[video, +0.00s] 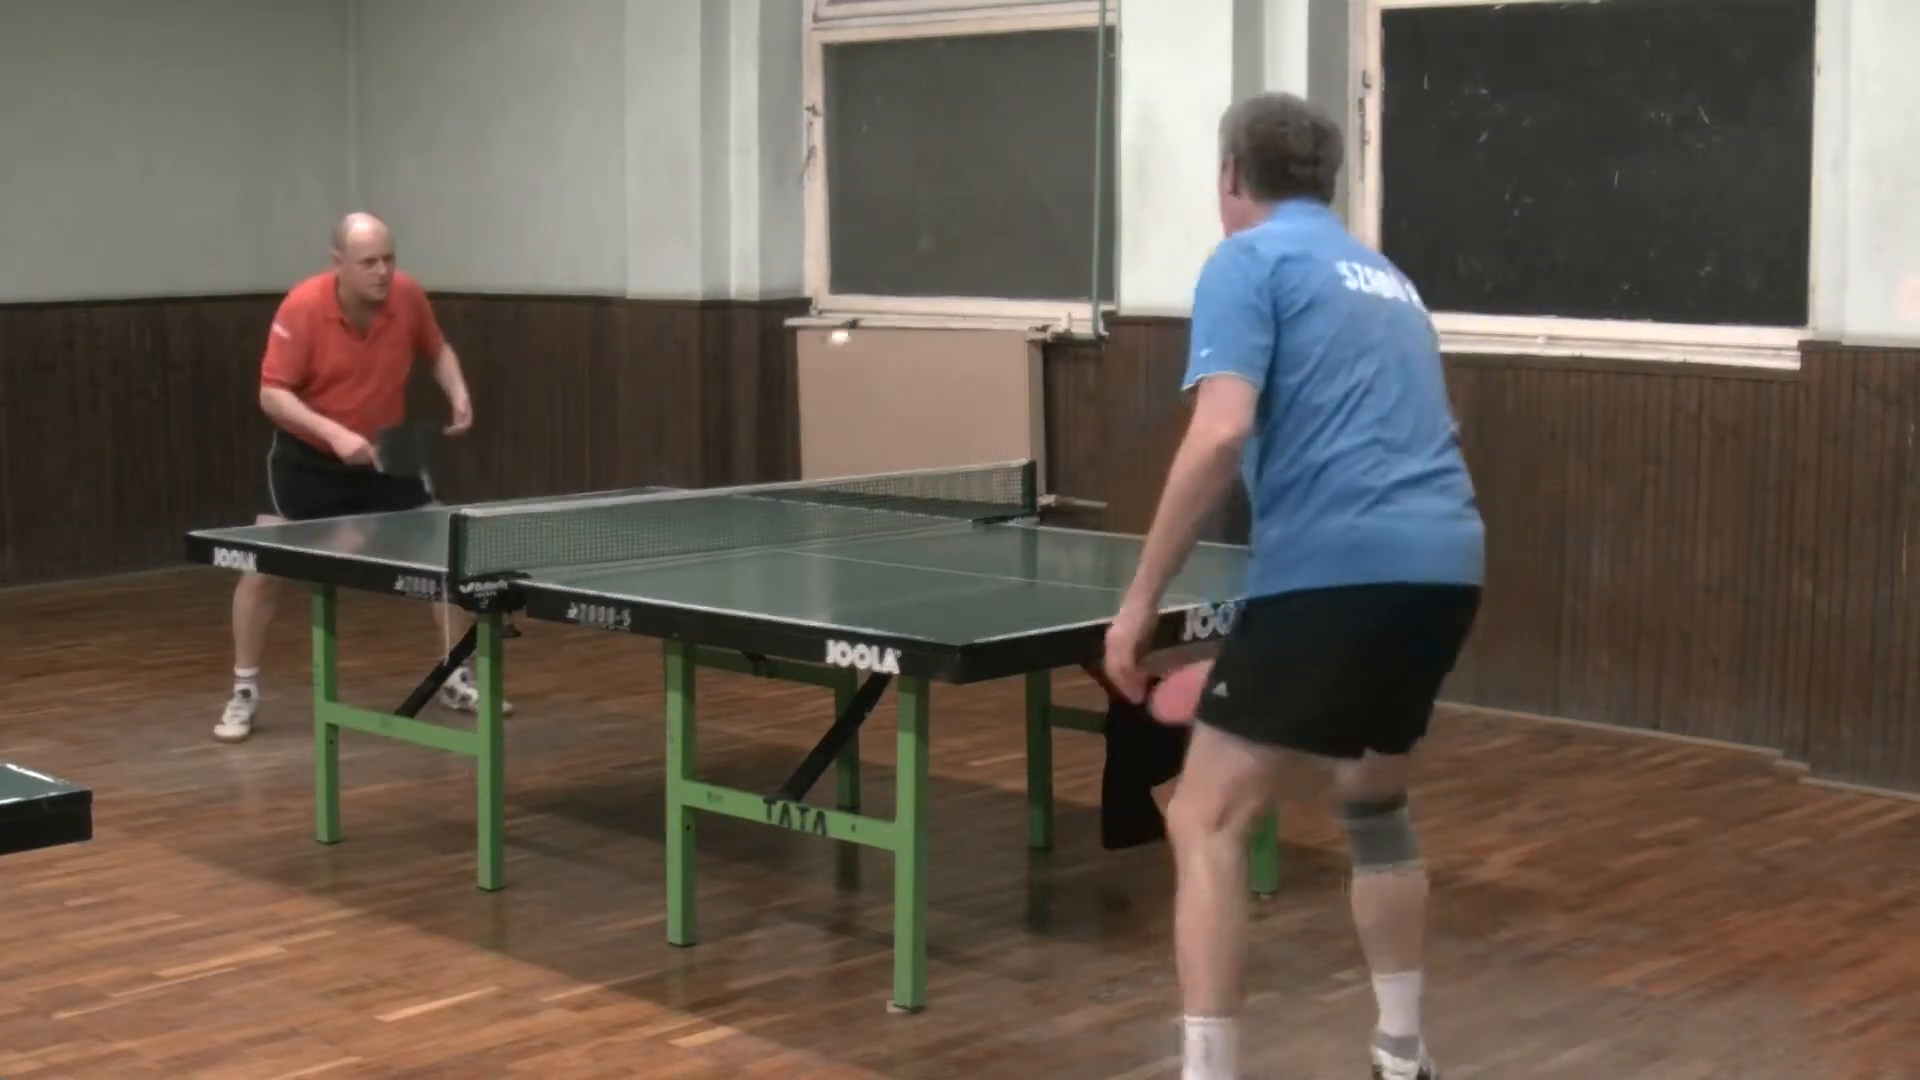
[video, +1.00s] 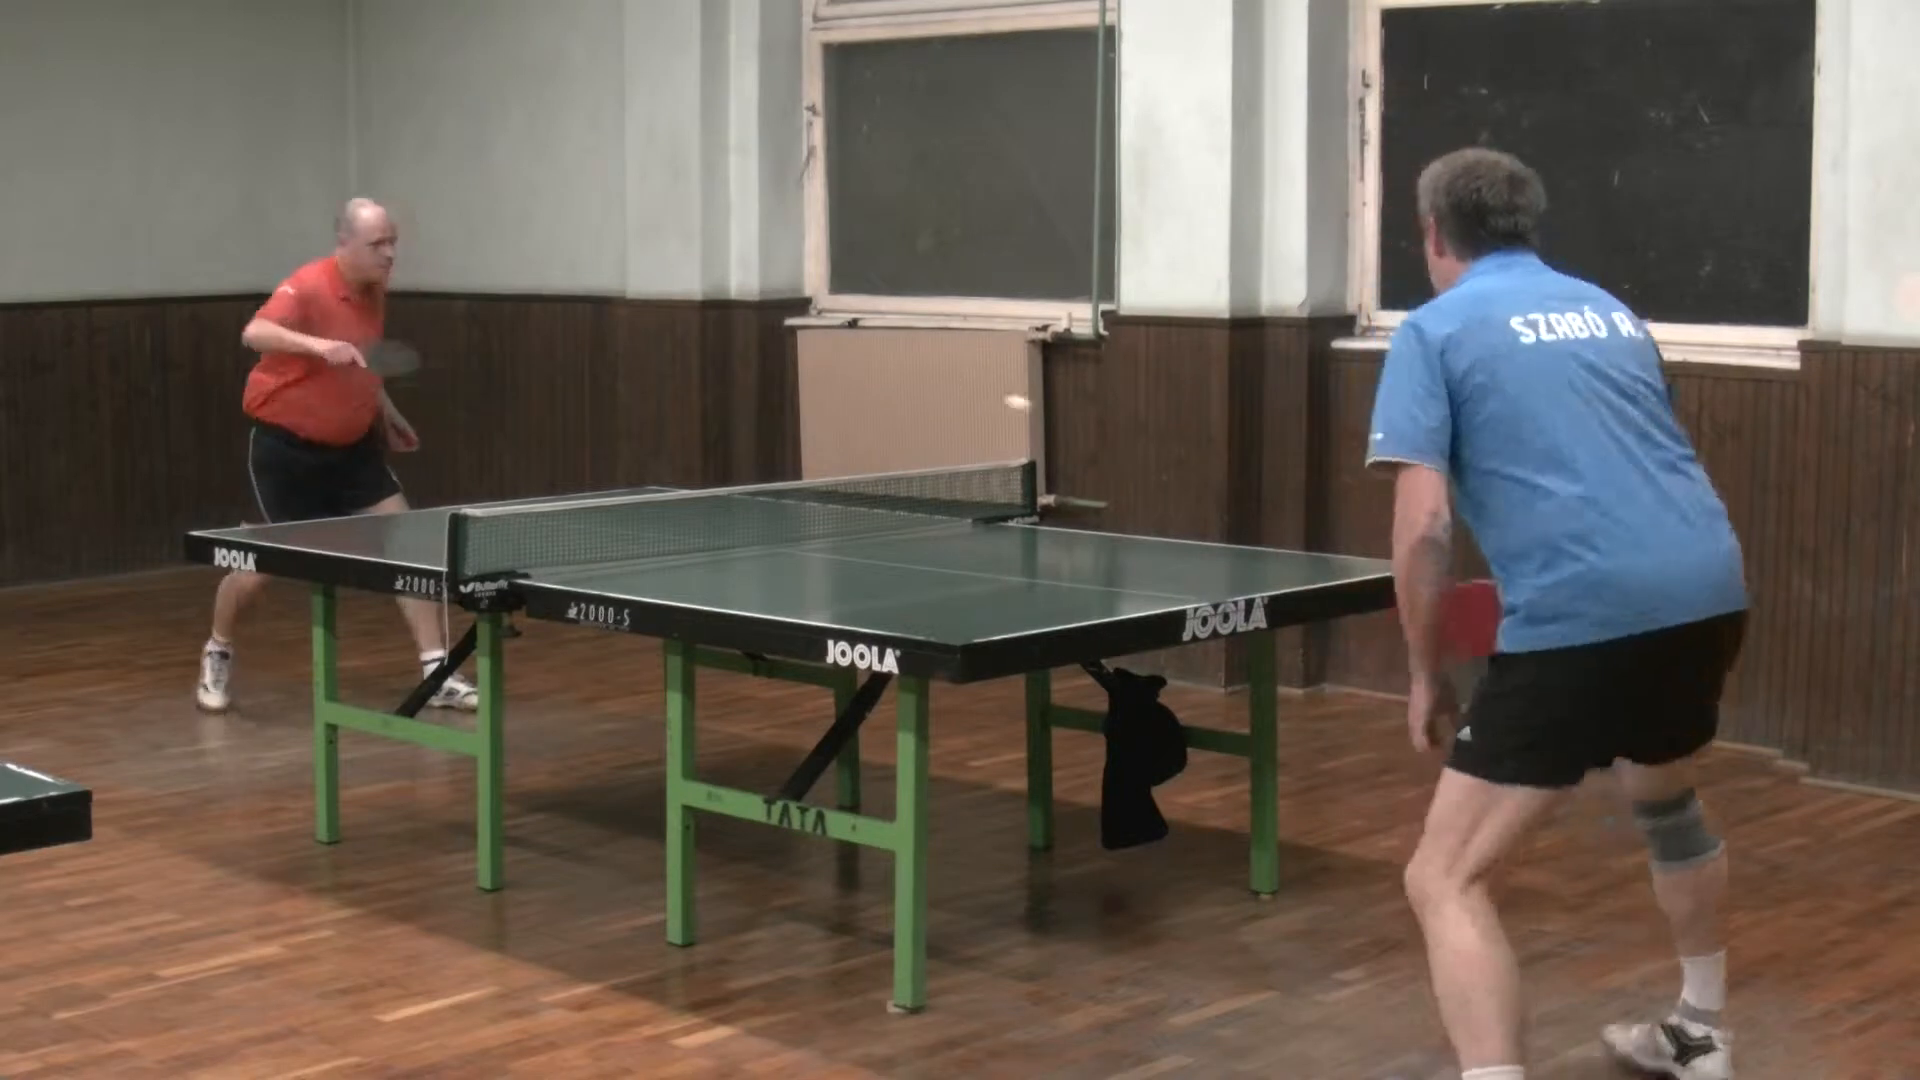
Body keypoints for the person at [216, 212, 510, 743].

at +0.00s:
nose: (381, 270)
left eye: (387, 259)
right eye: (368, 262)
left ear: (393, 257)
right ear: (339, 263)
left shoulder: (407, 296)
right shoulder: (305, 305)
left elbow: (437, 351)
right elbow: (272, 394)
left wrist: (459, 393)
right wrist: (335, 435)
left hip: (388, 458)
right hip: (308, 462)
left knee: (446, 555)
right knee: (265, 564)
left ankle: (459, 676)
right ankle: (244, 690)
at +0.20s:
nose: (402, 282)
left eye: (406, 270)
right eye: (390, 272)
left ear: (410, 267)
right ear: (354, 269)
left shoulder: (412, 303)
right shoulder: (315, 307)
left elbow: (425, 362)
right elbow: (279, 402)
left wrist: (449, 409)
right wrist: (347, 439)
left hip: (378, 462)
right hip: (305, 462)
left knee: (443, 552)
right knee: (265, 565)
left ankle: (460, 676)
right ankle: (240, 690)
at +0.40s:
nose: (416, 296)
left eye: (420, 285)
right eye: (407, 285)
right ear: (370, 271)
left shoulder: (385, 308)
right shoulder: (322, 303)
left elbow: (375, 374)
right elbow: (318, 397)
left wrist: (405, 410)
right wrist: (398, 405)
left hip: (363, 447)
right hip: (296, 449)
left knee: (418, 552)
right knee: (274, 561)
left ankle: (457, 674)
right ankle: (241, 690)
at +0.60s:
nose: (428, 287)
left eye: (431, 277)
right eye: (422, 275)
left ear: (396, 264)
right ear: (386, 261)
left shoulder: (383, 296)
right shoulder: (338, 290)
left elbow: (364, 369)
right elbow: (347, 376)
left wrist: (388, 407)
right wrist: (412, 372)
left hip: (362, 440)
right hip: (297, 439)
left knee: (418, 539)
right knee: (278, 559)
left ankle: (439, 671)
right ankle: (241, 689)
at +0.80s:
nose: (429, 272)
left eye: (433, 261)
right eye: (421, 260)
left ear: (425, 255)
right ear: (386, 249)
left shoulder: (397, 295)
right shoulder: (349, 282)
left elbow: (378, 362)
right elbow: (345, 328)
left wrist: (402, 403)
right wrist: (404, 351)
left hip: (370, 440)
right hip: (299, 436)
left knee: (420, 539)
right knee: (264, 552)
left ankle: (438, 670)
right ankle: (232, 685)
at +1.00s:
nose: (390, 254)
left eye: (393, 243)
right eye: (378, 245)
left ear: (393, 243)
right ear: (344, 245)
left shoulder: (371, 292)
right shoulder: (309, 285)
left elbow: (359, 361)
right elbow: (255, 333)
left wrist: (389, 414)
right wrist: (318, 346)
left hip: (351, 444)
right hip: (286, 445)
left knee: (409, 545)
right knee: (262, 563)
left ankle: (437, 671)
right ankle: (217, 650)